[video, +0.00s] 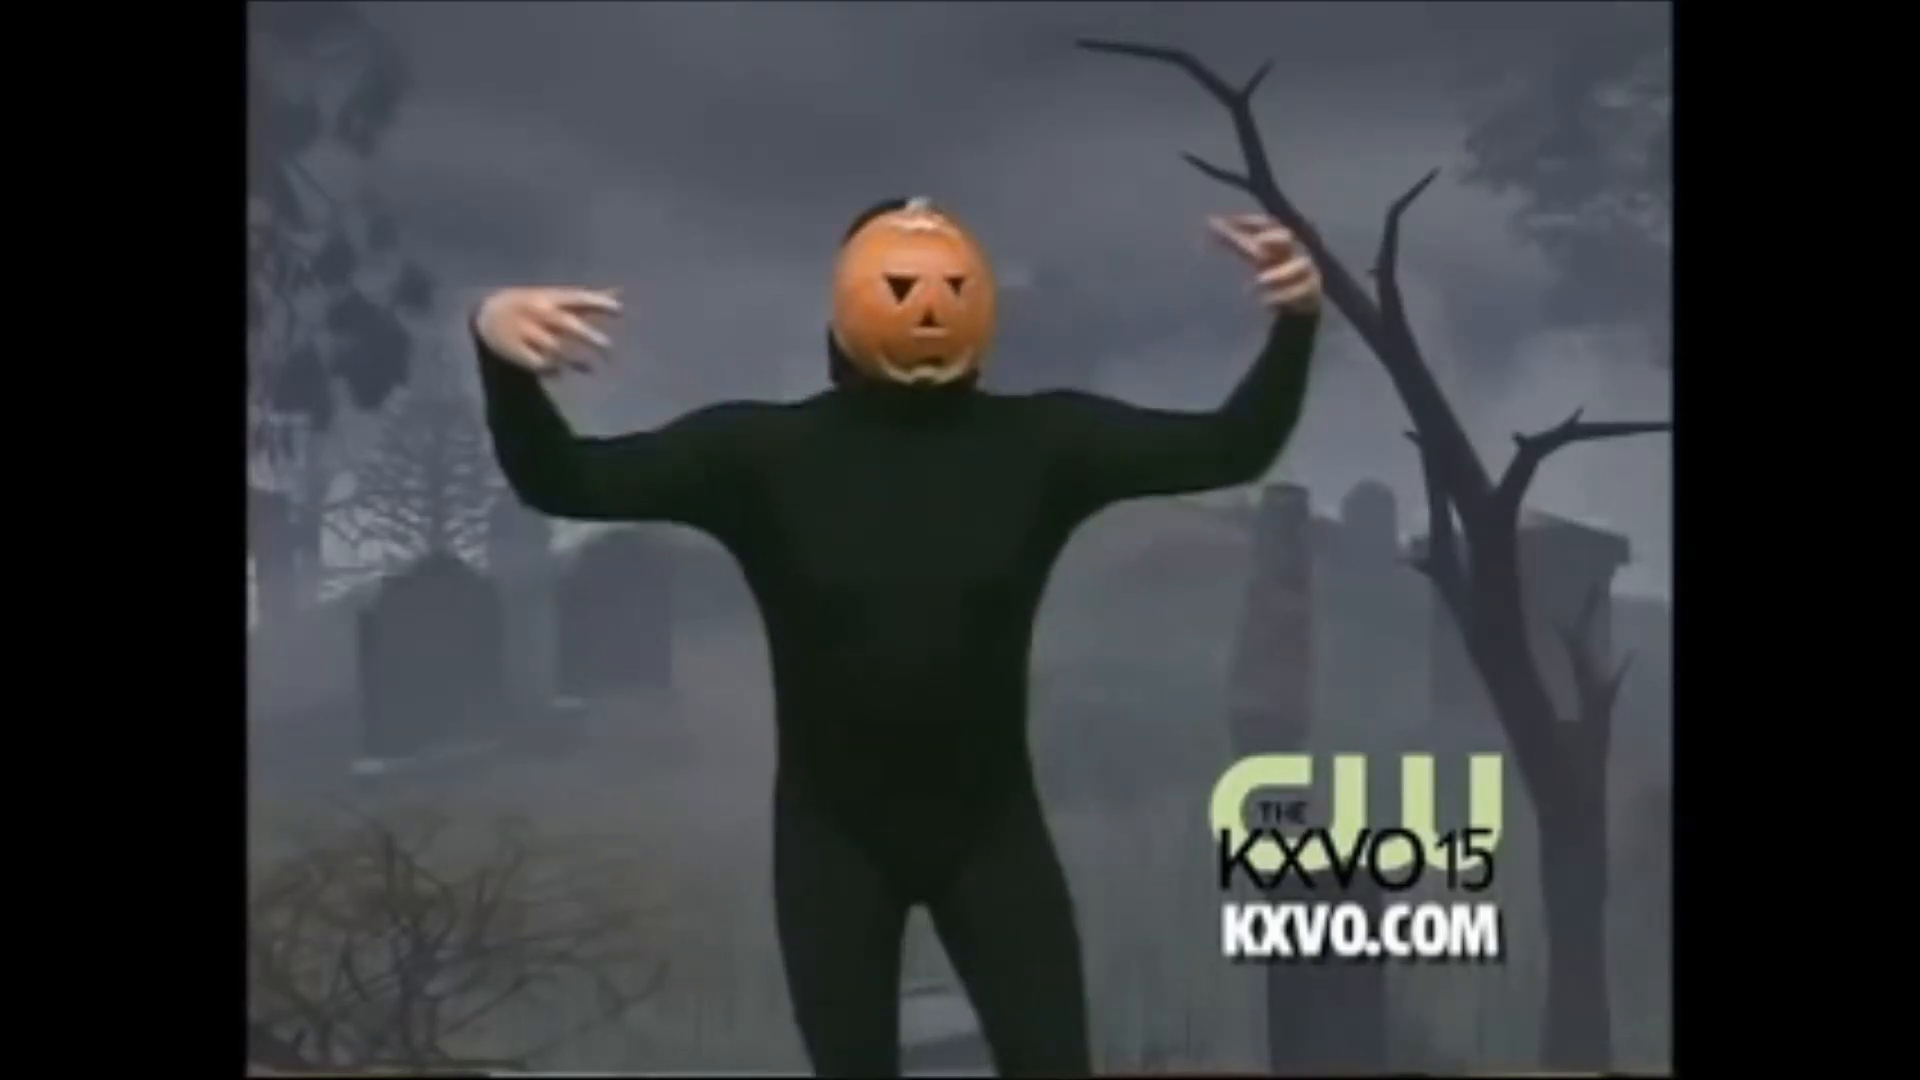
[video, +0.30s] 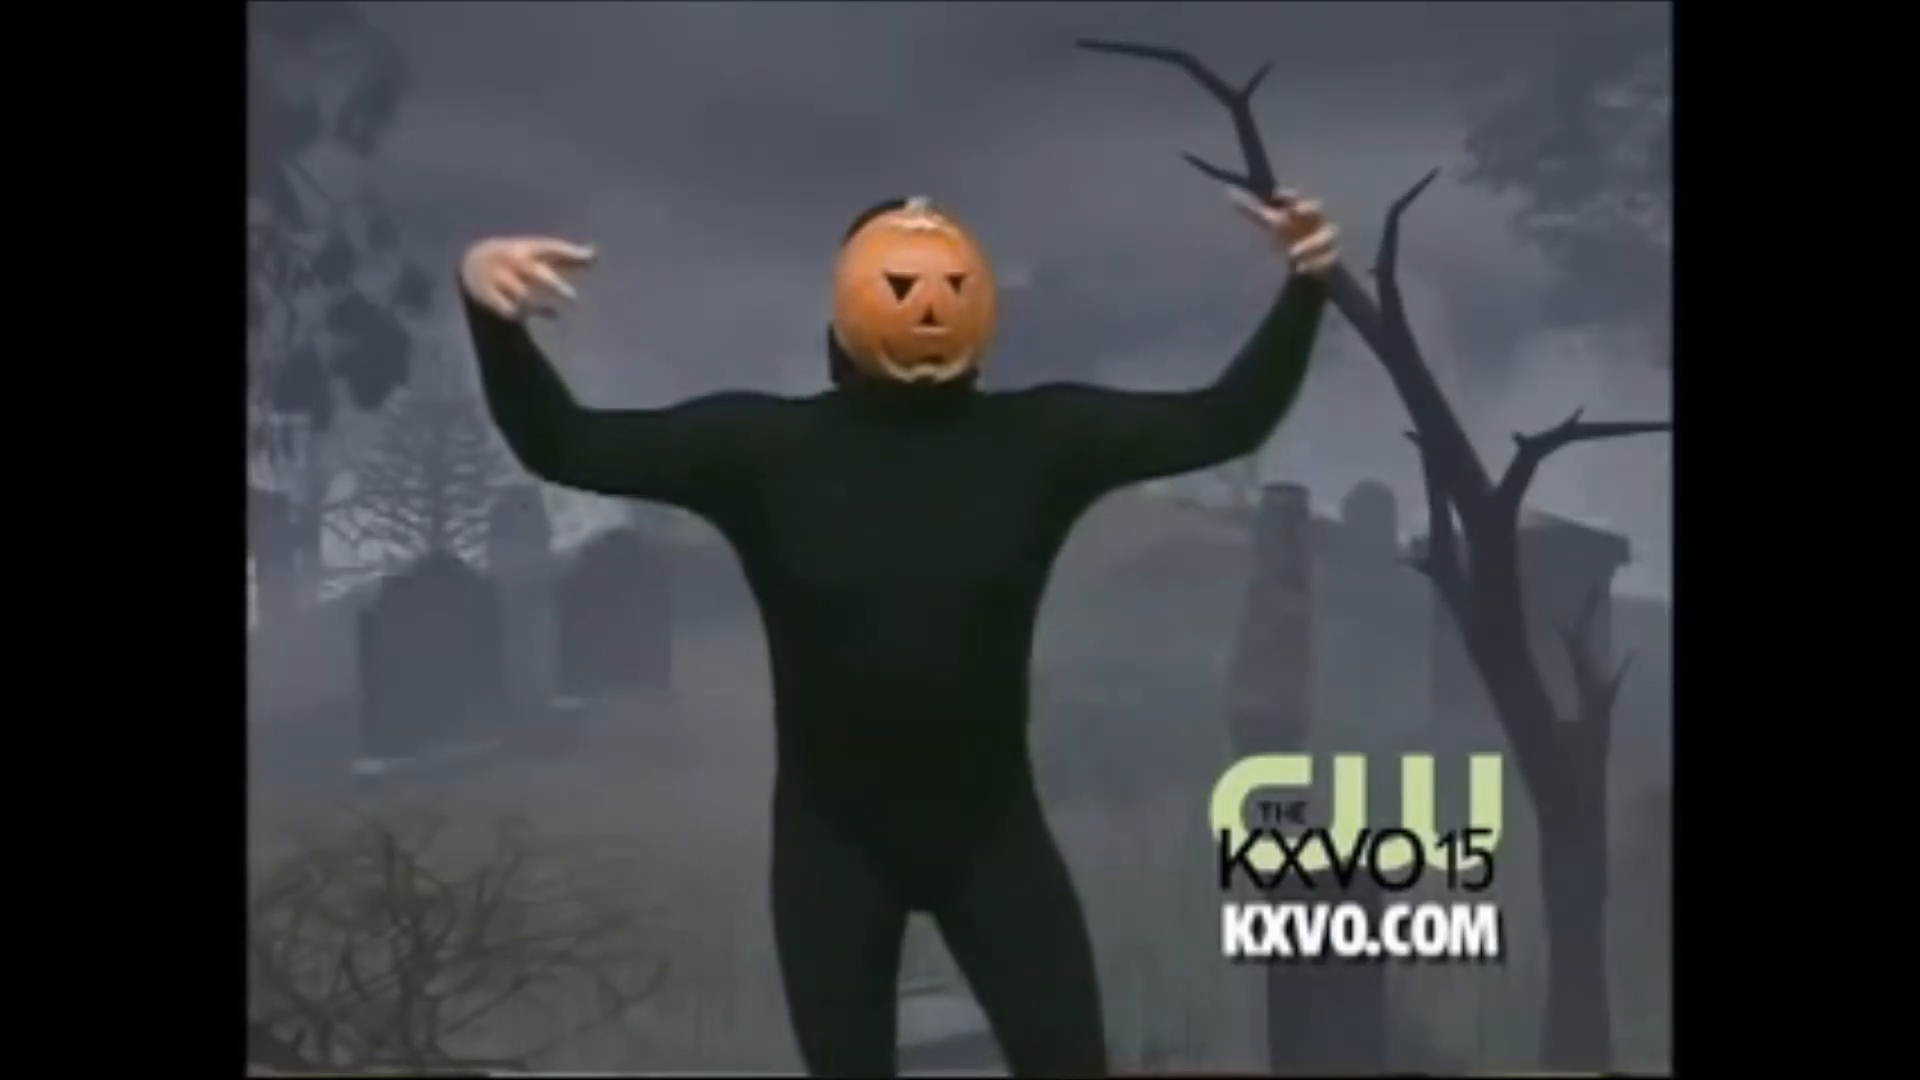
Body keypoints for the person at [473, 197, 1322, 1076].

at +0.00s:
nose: (926, 297)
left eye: (951, 281)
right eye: (893, 279)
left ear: (989, 316)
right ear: (838, 316)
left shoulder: (1050, 440)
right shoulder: (755, 450)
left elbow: (1236, 444)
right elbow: (560, 480)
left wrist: (1297, 319)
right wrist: (500, 356)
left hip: (993, 829)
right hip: (830, 839)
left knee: (1053, 1063)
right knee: (853, 1070)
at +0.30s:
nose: (926, 293)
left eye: (952, 275)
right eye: (892, 272)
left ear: (988, 316)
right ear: (838, 314)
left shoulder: (1049, 436)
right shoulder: (756, 445)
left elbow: (1232, 416)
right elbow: (557, 443)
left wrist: (1306, 286)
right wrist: (490, 310)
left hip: (995, 834)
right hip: (829, 843)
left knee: (1071, 1065)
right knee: (848, 1070)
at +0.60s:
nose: (928, 281)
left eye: (953, 266)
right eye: (894, 261)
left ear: (987, 314)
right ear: (838, 311)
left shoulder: (1050, 430)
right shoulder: (758, 435)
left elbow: (1229, 391)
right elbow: (563, 405)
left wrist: (1303, 259)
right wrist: (492, 266)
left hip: (996, 835)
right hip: (830, 844)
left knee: (1081, 1060)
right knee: (839, 1063)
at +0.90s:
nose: (926, 278)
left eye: (952, 262)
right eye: (893, 258)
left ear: (988, 306)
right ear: (841, 306)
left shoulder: (1051, 422)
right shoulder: (759, 425)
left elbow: (1229, 372)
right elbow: (566, 379)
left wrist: (1303, 237)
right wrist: (491, 240)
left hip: (999, 835)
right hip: (832, 842)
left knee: (1085, 1065)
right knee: (836, 1069)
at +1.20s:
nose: (928, 284)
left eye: (953, 268)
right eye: (896, 266)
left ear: (991, 303)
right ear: (841, 306)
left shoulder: (1051, 417)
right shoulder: (764, 418)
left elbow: (1227, 357)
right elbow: (574, 357)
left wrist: (1305, 223)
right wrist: (492, 211)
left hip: (1000, 836)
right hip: (833, 842)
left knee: (1085, 1066)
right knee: (831, 1070)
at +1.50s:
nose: (923, 280)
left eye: (949, 265)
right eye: (893, 262)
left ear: (990, 300)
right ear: (841, 301)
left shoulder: (1048, 414)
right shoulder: (763, 413)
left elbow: (1222, 345)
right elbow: (573, 341)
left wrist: (1298, 209)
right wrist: (494, 194)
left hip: (1001, 837)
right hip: (832, 843)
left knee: (1085, 1065)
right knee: (821, 1066)